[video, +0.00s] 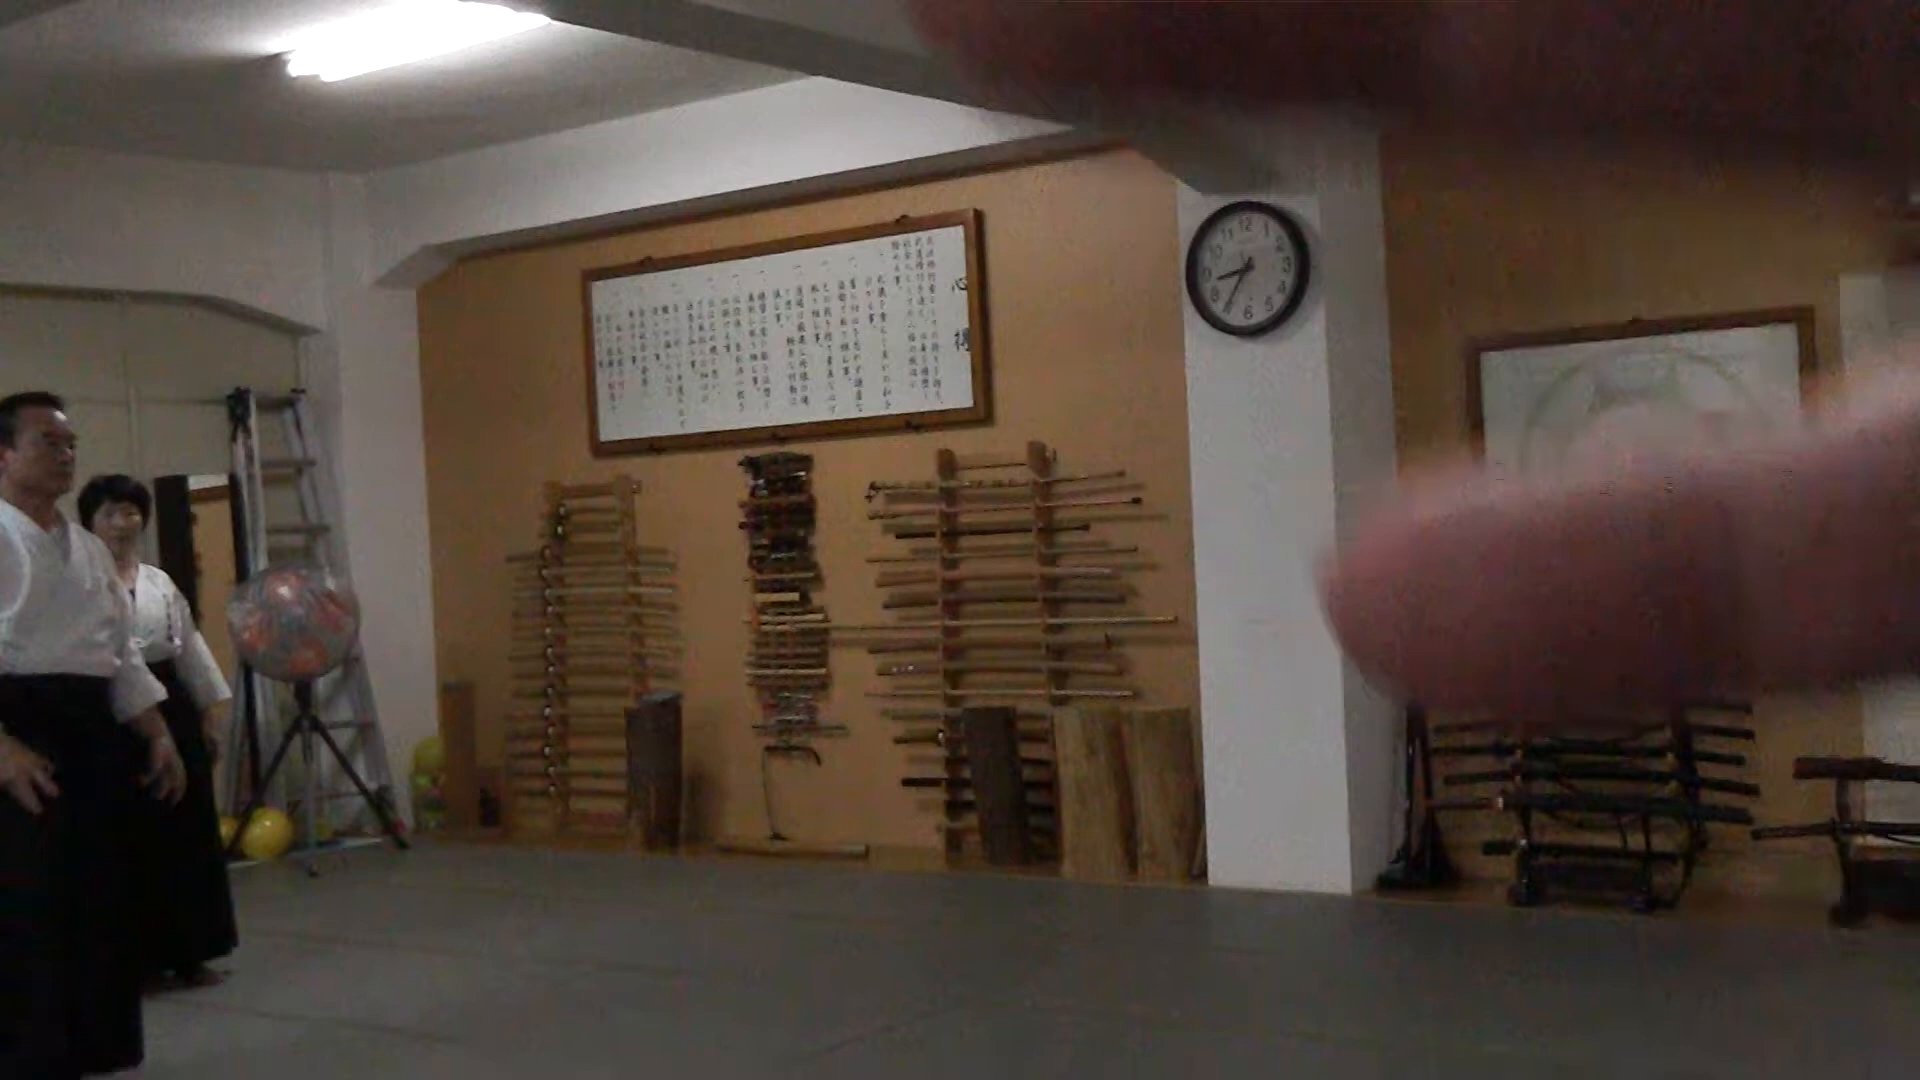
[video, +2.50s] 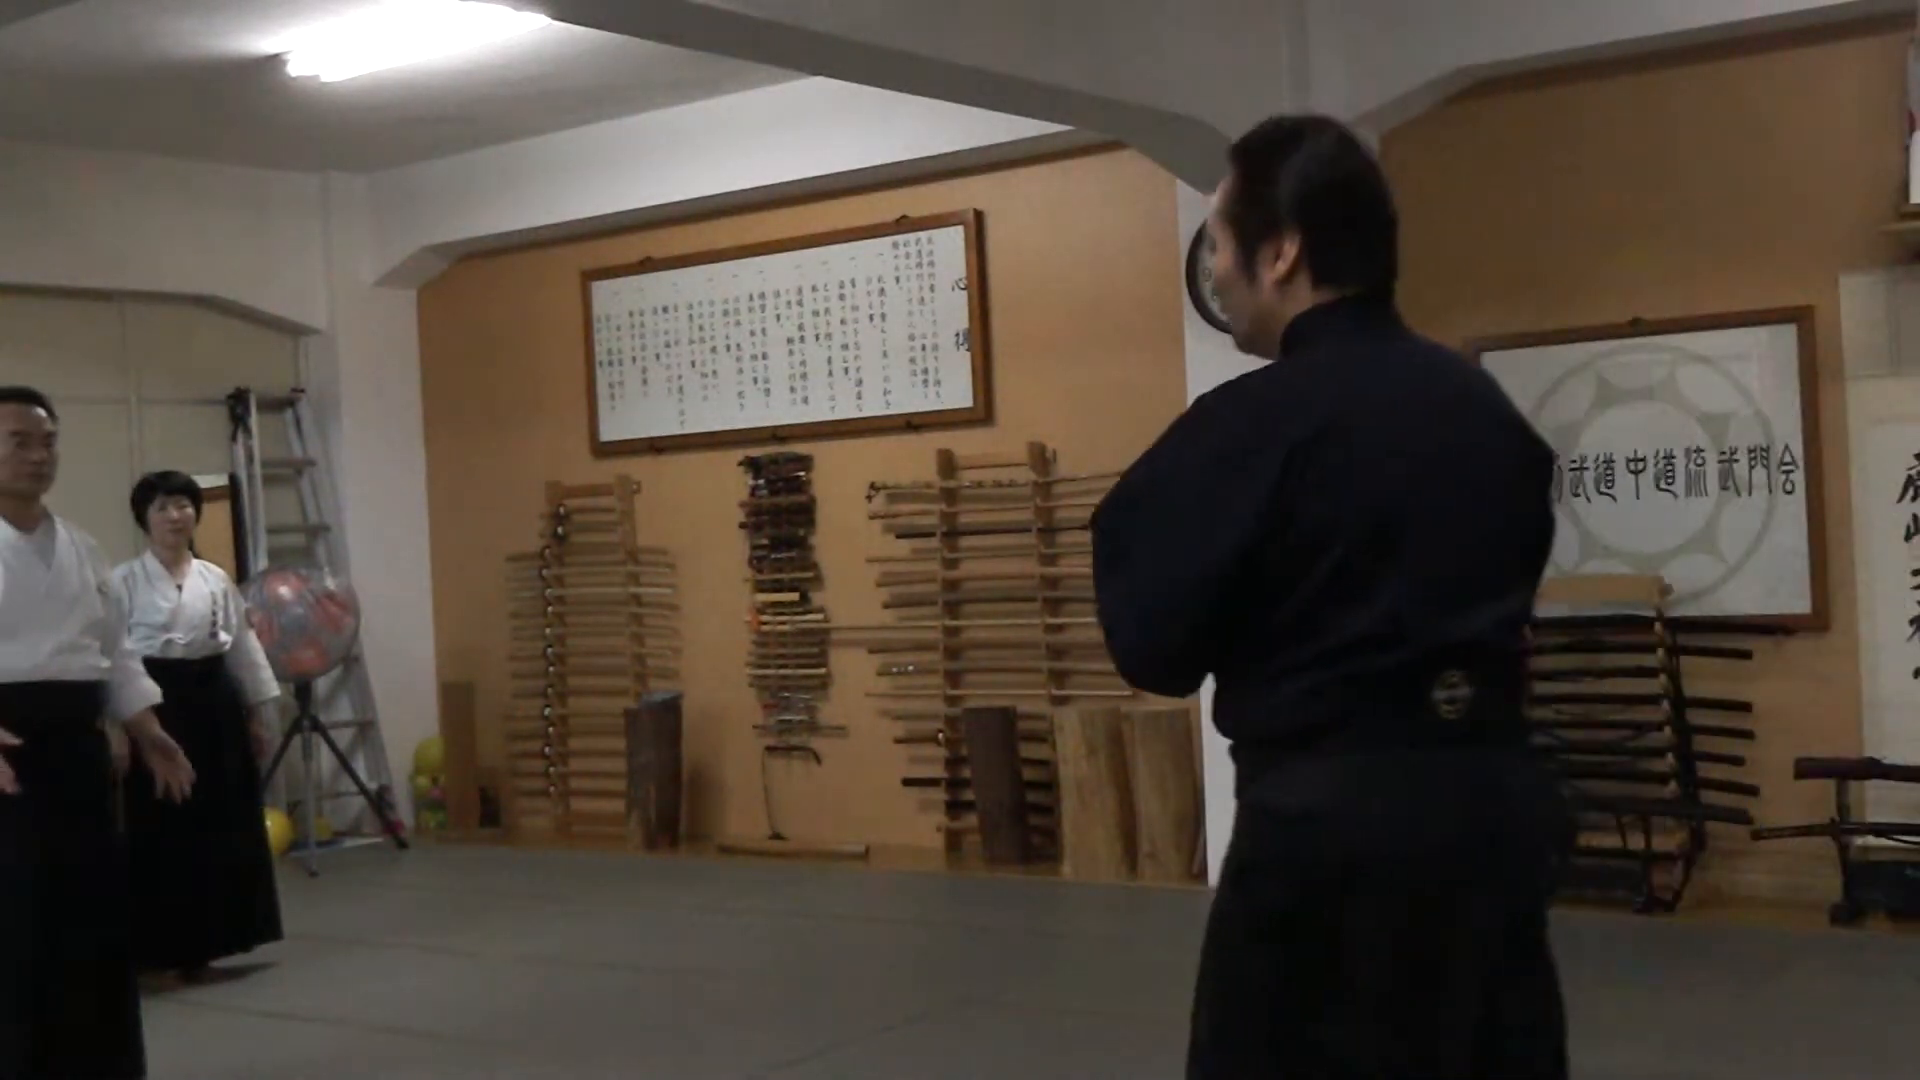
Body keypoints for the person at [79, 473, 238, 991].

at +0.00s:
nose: (123, 520)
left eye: (131, 512)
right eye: (111, 512)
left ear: (143, 521)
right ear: (90, 522)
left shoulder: (158, 582)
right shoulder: (82, 580)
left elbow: (188, 643)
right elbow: (78, 653)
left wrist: (217, 698)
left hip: (166, 701)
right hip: (108, 708)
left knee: (184, 826)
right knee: (128, 832)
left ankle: (190, 951)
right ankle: (141, 956)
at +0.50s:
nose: (136, 520)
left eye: (144, 510)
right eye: (124, 512)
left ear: (155, 520)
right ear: (102, 523)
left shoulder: (170, 581)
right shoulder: (95, 582)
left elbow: (199, 643)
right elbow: (93, 656)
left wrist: (225, 697)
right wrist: (108, 727)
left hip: (175, 695)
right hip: (121, 700)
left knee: (193, 816)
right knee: (137, 822)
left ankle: (198, 945)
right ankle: (147, 949)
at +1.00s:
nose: (156, 517)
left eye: (164, 507)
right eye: (144, 509)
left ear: (181, 516)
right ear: (127, 519)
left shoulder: (201, 579)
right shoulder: (110, 583)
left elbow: (229, 644)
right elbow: (96, 662)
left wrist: (247, 713)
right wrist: (104, 738)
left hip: (199, 700)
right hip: (142, 704)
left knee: (206, 818)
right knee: (149, 820)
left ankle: (199, 947)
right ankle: (149, 953)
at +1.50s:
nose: (172, 517)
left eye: (181, 508)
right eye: (161, 509)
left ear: (195, 517)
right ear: (142, 518)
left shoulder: (214, 580)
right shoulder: (122, 583)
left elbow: (241, 646)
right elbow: (101, 662)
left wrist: (263, 706)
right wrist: (110, 726)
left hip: (210, 701)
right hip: (154, 705)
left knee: (214, 819)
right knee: (156, 824)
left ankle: (202, 949)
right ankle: (149, 956)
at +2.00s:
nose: (174, 517)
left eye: (183, 508)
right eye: (163, 508)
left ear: (197, 517)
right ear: (145, 519)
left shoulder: (215, 581)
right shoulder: (124, 582)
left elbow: (243, 649)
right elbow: (104, 658)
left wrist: (260, 713)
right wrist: (115, 725)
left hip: (212, 703)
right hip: (157, 705)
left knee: (215, 822)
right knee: (161, 826)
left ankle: (202, 951)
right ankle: (155, 957)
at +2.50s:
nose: (175, 515)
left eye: (183, 506)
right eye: (163, 507)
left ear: (197, 515)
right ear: (144, 519)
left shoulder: (216, 580)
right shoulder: (124, 581)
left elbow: (243, 646)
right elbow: (112, 658)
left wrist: (262, 713)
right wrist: (121, 729)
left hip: (211, 702)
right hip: (153, 706)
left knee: (213, 818)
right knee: (159, 822)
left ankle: (203, 946)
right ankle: (162, 949)